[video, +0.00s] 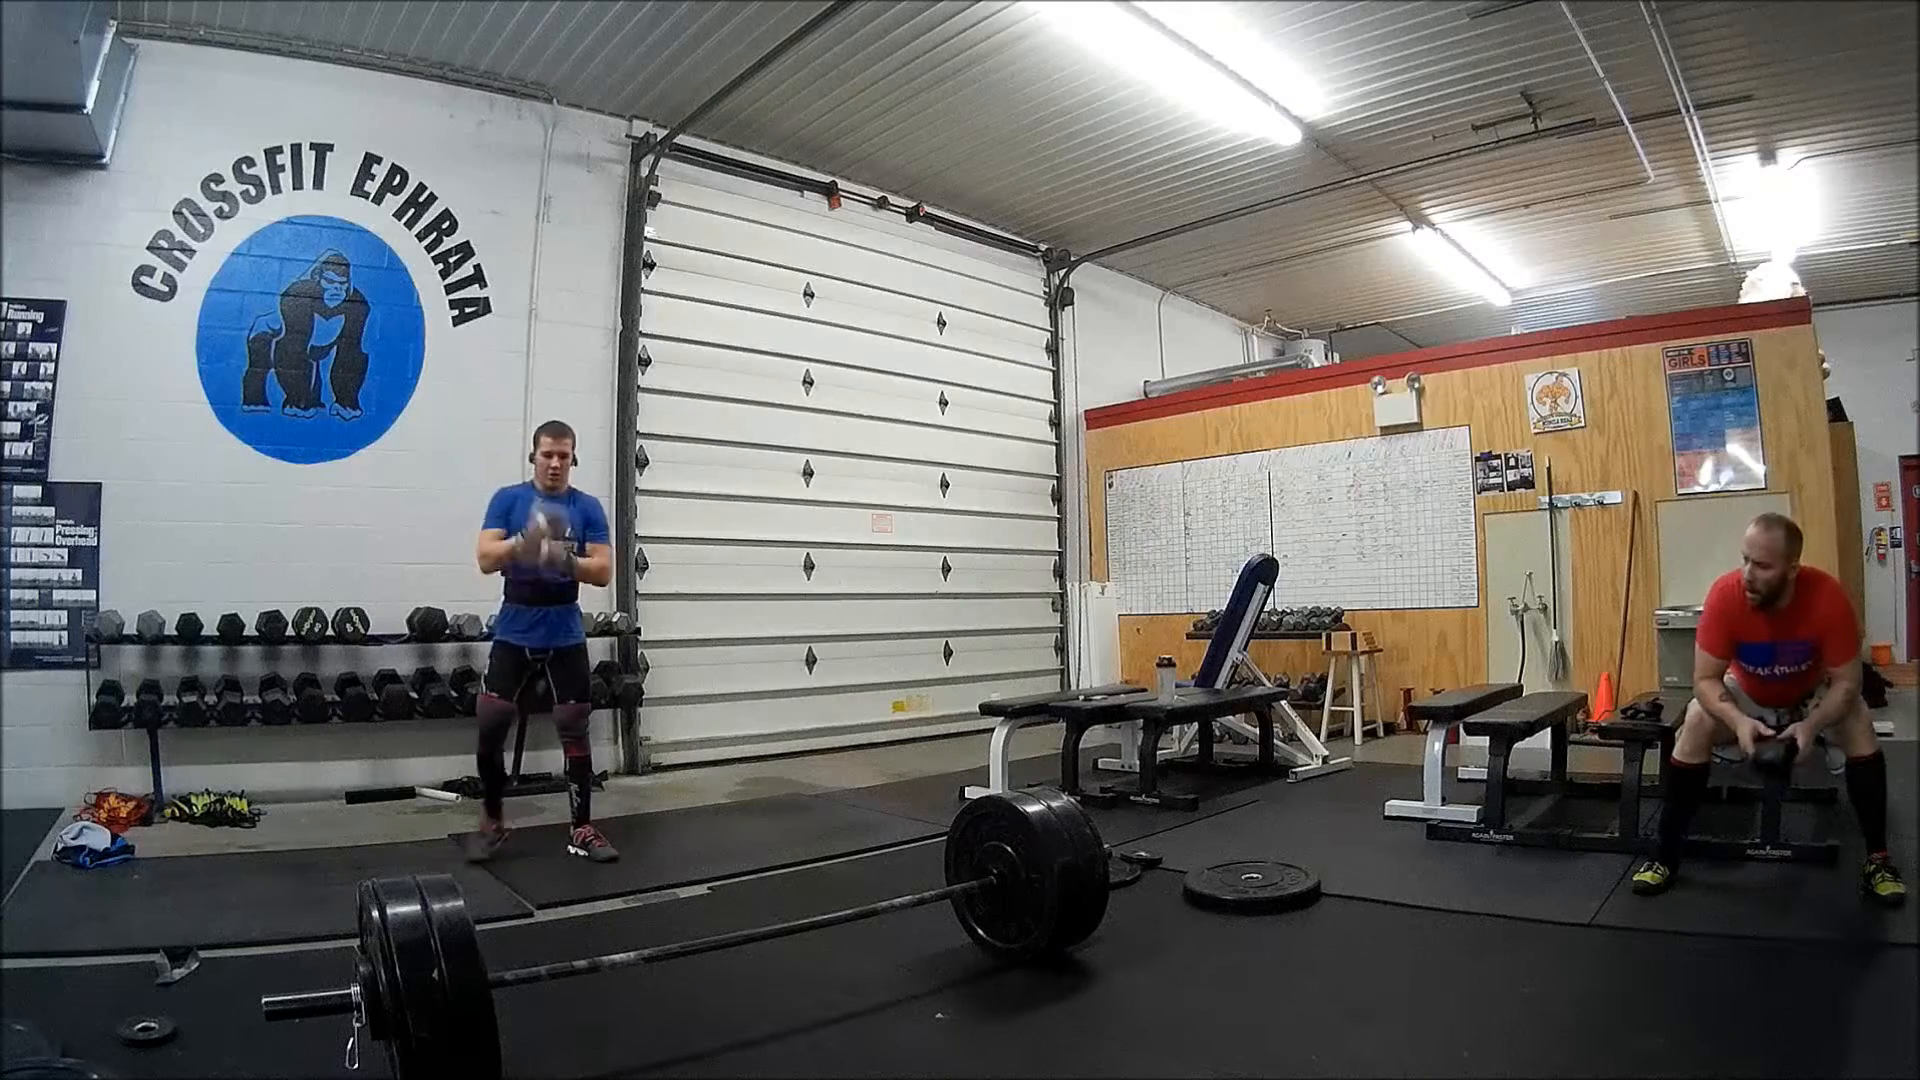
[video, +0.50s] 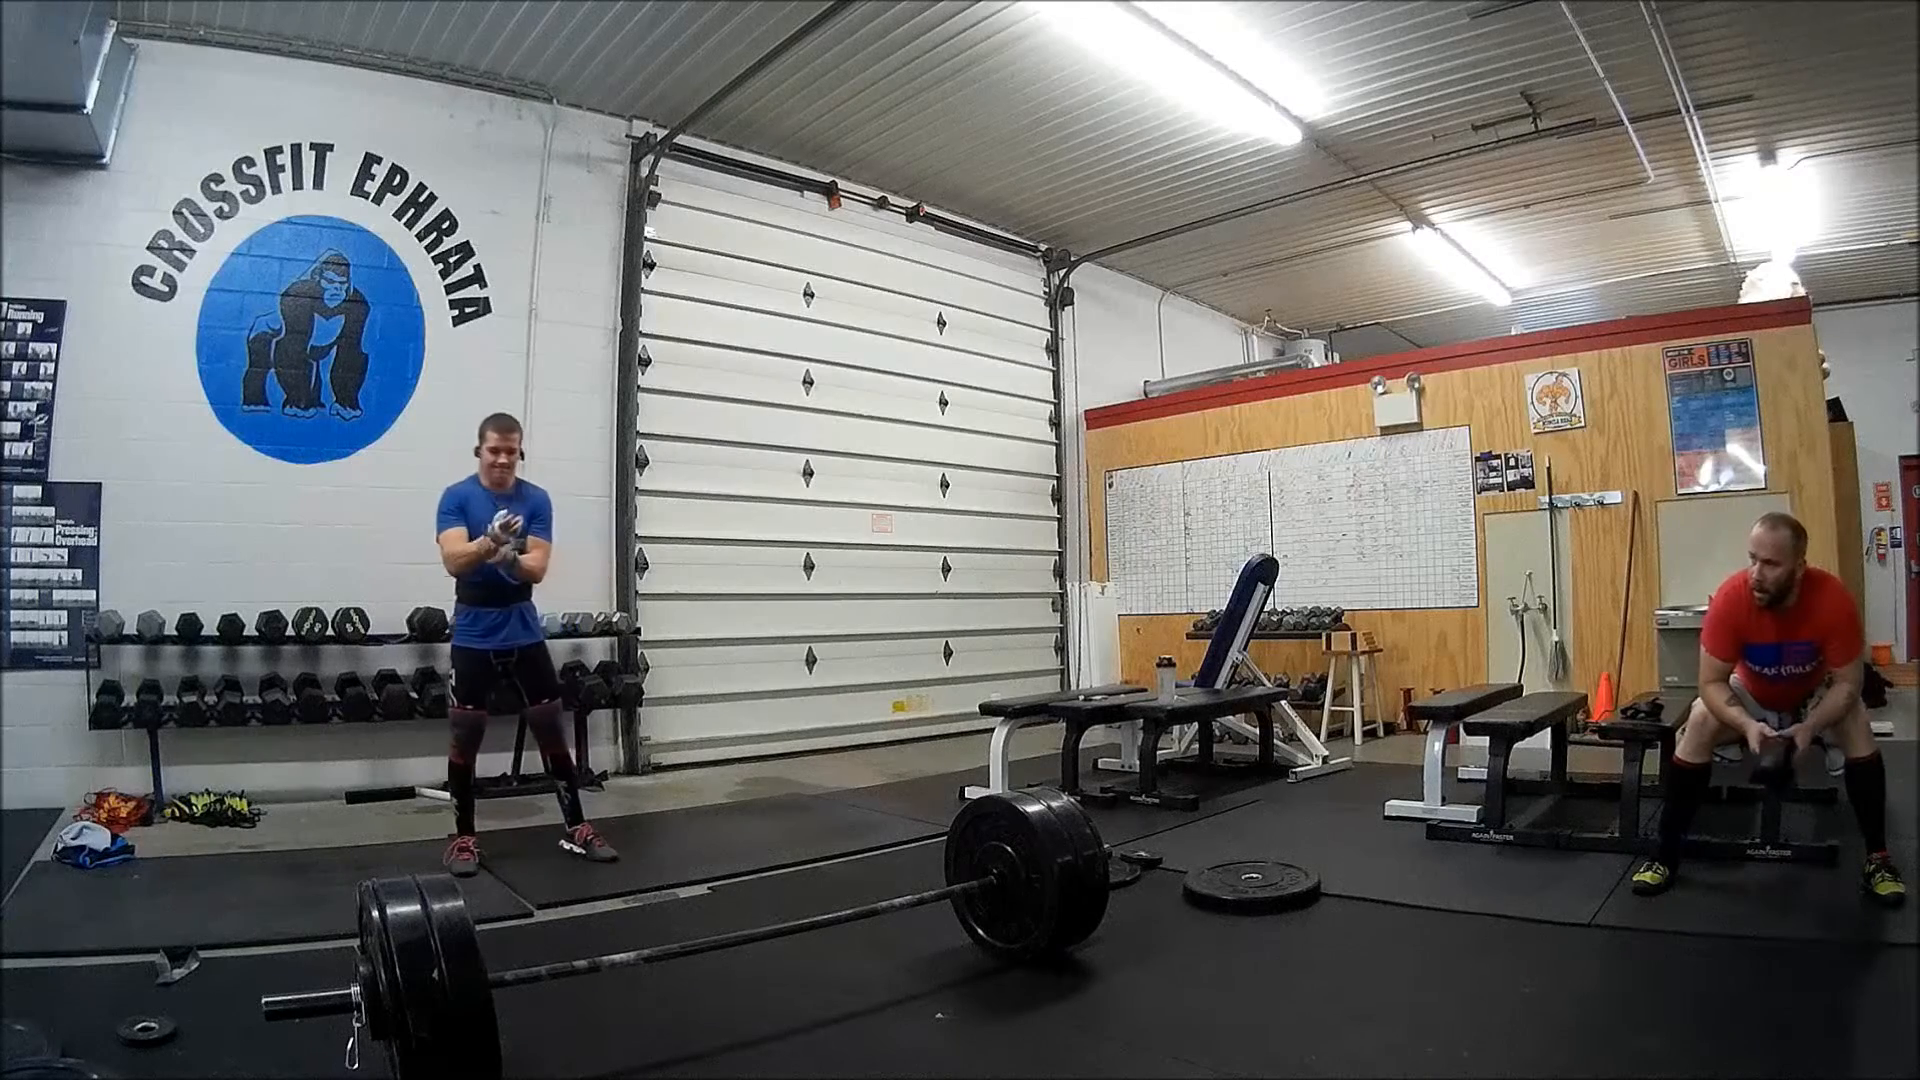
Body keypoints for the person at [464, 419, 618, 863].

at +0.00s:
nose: (555, 464)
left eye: (563, 457)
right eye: (548, 456)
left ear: (574, 460)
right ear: (534, 458)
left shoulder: (588, 508)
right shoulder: (508, 499)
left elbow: (602, 573)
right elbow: (486, 559)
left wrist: (563, 558)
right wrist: (523, 544)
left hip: (566, 636)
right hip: (514, 634)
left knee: (574, 729)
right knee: (490, 725)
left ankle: (582, 828)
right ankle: (492, 823)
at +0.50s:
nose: (503, 459)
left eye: (511, 452)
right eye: (495, 451)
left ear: (521, 453)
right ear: (479, 452)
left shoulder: (535, 500)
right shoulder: (456, 498)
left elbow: (537, 569)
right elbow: (454, 561)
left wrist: (508, 555)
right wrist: (489, 541)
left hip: (524, 632)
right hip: (473, 636)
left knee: (551, 725)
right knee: (466, 734)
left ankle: (577, 827)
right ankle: (464, 837)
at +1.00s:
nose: (499, 460)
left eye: (507, 452)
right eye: (491, 451)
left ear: (518, 453)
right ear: (476, 451)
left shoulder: (535, 503)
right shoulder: (451, 501)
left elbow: (552, 567)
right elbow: (433, 563)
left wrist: (524, 585)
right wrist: (473, 572)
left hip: (524, 641)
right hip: (471, 643)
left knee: (541, 728)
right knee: (465, 734)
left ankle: (560, 827)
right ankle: (464, 836)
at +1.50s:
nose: (499, 460)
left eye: (507, 452)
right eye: (491, 451)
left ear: (518, 453)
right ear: (476, 451)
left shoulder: (534, 503)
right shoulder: (451, 501)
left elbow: (552, 567)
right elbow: (433, 563)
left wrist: (524, 585)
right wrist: (473, 572)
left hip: (524, 641)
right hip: (471, 643)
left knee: (541, 728)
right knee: (465, 734)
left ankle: (560, 827)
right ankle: (464, 836)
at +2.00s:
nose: (499, 460)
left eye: (507, 452)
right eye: (491, 451)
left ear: (518, 453)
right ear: (476, 451)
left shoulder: (534, 503)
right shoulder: (451, 501)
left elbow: (552, 567)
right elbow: (433, 563)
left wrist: (524, 585)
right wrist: (474, 572)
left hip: (524, 641)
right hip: (471, 643)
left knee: (541, 728)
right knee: (465, 734)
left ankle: (560, 827)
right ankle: (464, 836)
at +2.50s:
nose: (499, 460)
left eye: (507, 452)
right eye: (491, 451)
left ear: (518, 454)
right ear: (475, 452)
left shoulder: (535, 504)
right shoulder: (451, 501)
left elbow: (552, 567)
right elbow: (433, 563)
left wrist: (524, 585)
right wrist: (474, 572)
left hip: (523, 641)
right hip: (471, 644)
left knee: (541, 728)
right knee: (465, 734)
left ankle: (559, 827)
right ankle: (464, 836)